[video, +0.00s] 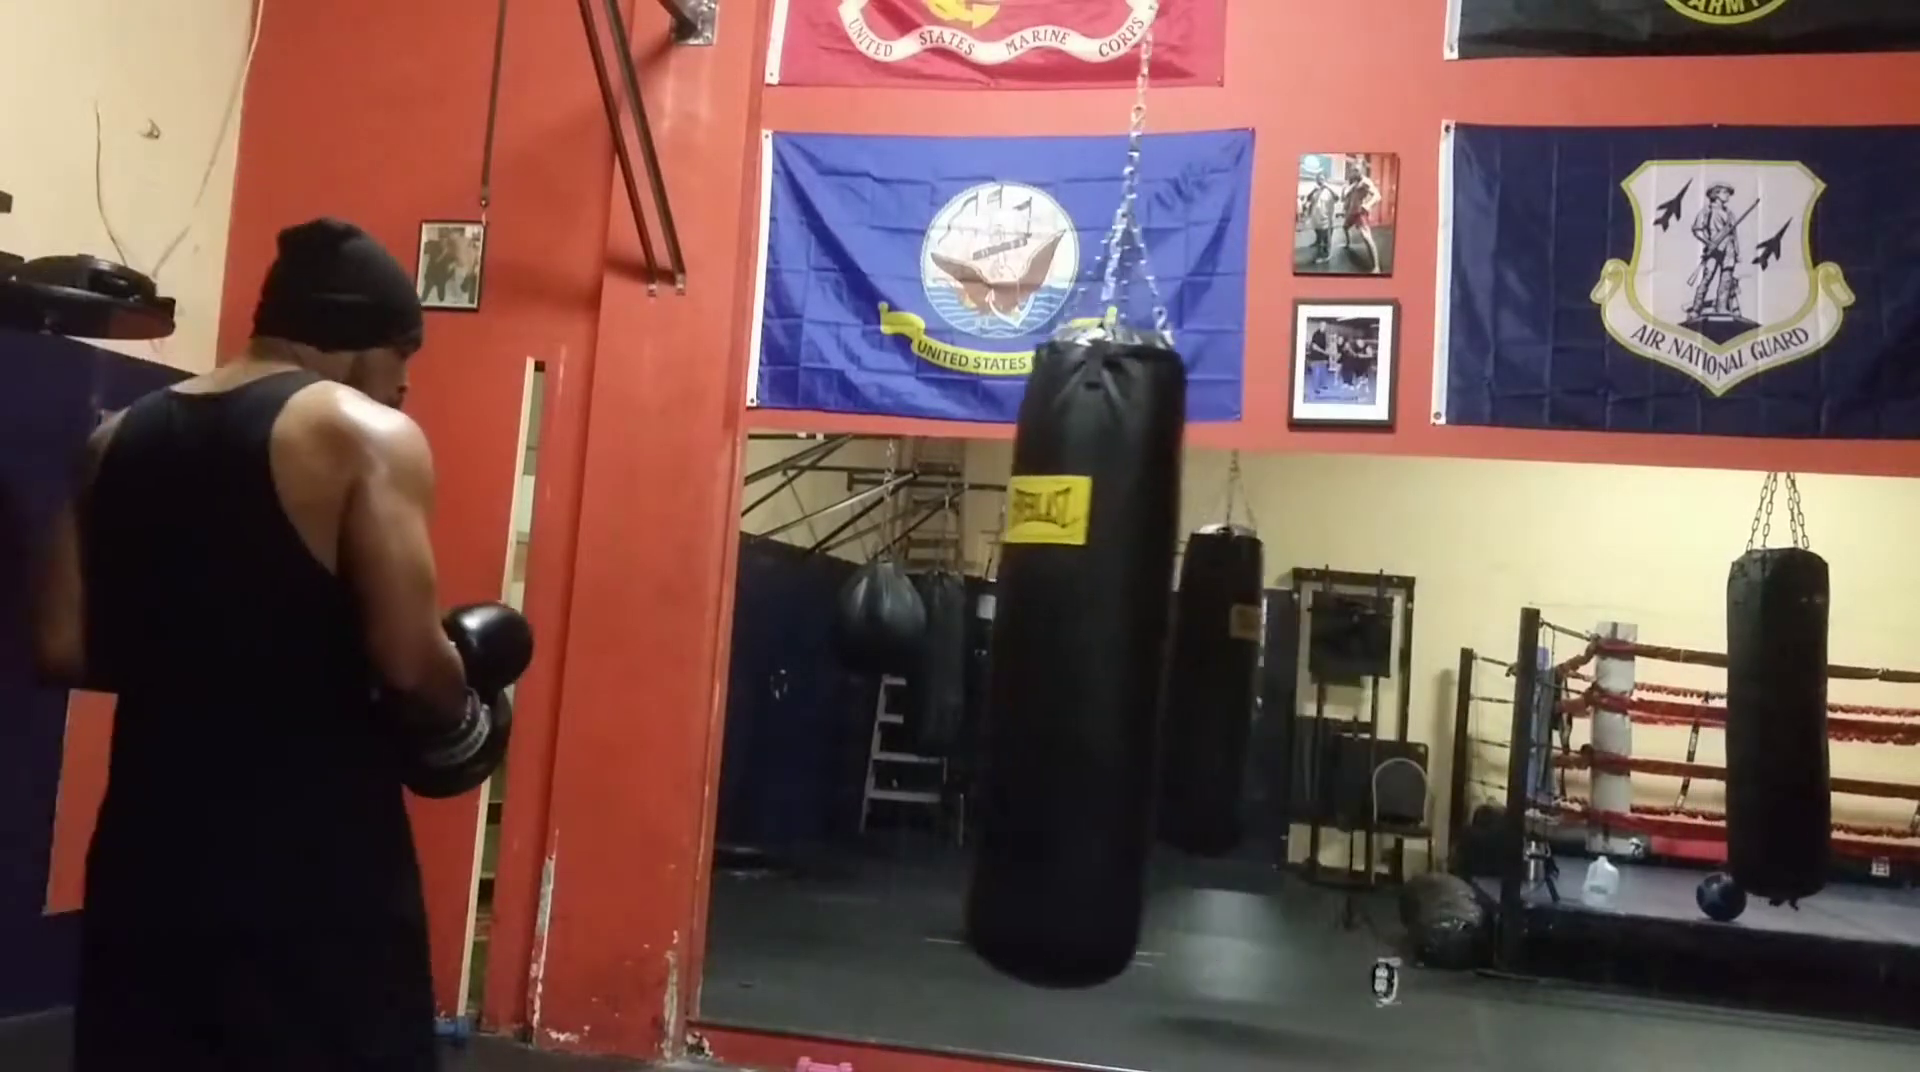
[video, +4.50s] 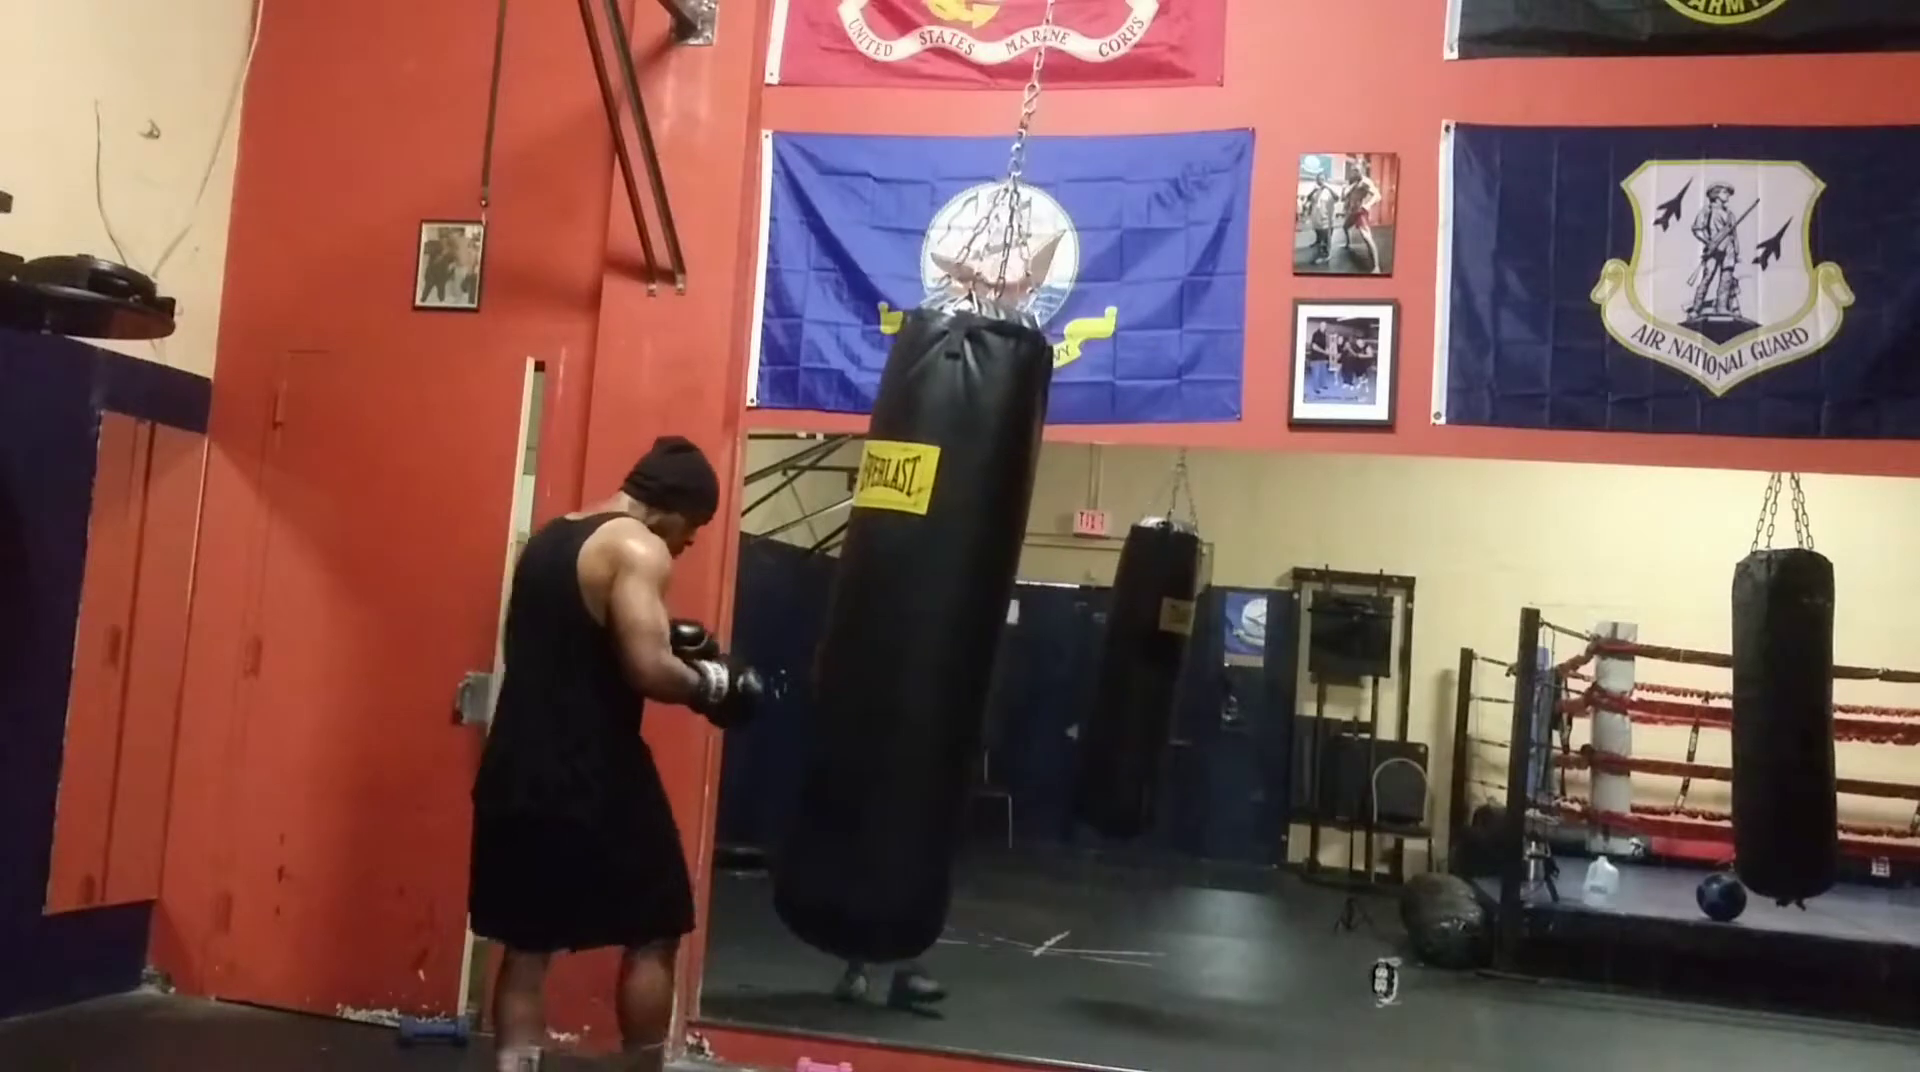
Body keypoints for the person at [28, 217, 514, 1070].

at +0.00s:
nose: (400, 387)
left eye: (405, 366)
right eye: (398, 363)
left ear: (275, 322)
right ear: (357, 344)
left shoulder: (122, 435)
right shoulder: (370, 435)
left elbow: (64, 649)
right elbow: (413, 660)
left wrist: (200, 658)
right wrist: (457, 714)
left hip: (152, 841)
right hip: (313, 854)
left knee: (145, 1048)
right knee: (332, 1048)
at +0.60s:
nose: (452, 441)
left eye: (454, 430)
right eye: (457, 430)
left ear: (361, 379)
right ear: (452, 414)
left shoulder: (225, 471)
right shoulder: (473, 490)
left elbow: (173, 656)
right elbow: (514, 679)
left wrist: (291, 665)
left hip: (239, 851)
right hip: (393, 868)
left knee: (215, 1054)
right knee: (374, 1054)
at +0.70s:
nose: (474, 439)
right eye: (475, 424)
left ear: (378, 379)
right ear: (472, 413)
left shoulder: (250, 467)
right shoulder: (493, 497)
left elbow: (189, 648)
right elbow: (526, 683)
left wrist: (301, 666)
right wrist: (461, 747)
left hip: (255, 851)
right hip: (404, 871)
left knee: (230, 1051)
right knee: (384, 1053)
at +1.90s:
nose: (499, 471)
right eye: (501, 461)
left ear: (423, 432)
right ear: (496, 455)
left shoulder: (316, 504)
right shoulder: (499, 518)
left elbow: (264, 649)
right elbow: (538, 676)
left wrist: (361, 639)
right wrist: (557, 695)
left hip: (330, 788)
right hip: (447, 796)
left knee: (331, 997)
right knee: (460, 985)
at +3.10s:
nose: (603, 525)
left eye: (605, 513)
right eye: (608, 514)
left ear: (545, 468)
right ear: (606, 498)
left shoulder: (438, 524)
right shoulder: (591, 544)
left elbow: (390, 655)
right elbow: (618, 690)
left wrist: (471, 632)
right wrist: (651, 695)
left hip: (433, 780)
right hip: (527, 791)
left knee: (433, 958)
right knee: (509, 981)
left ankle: (408, 1062)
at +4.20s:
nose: (659, 543)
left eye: (665, 531)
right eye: (663, 529)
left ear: (602, 491)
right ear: (648, 508)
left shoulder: (512, 541)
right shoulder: (626, 555)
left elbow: (461, 661)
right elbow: (642, 680)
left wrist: (555, 641)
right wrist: (687, 695)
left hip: (490, 786)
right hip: (576, 791)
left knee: (512, 961)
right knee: (605, 950)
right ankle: (525, 1061)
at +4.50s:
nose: (688, 539)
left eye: (695, 527)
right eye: (692, 525)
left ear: (634, 489)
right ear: (674, 507)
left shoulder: (551, 538)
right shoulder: (640, 550)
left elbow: (566, 644)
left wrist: (660, 636)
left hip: (518, 767)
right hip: (599, 774)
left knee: (527, 943)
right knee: (655, 932)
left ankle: (513, 1065)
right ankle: (646, 1064)